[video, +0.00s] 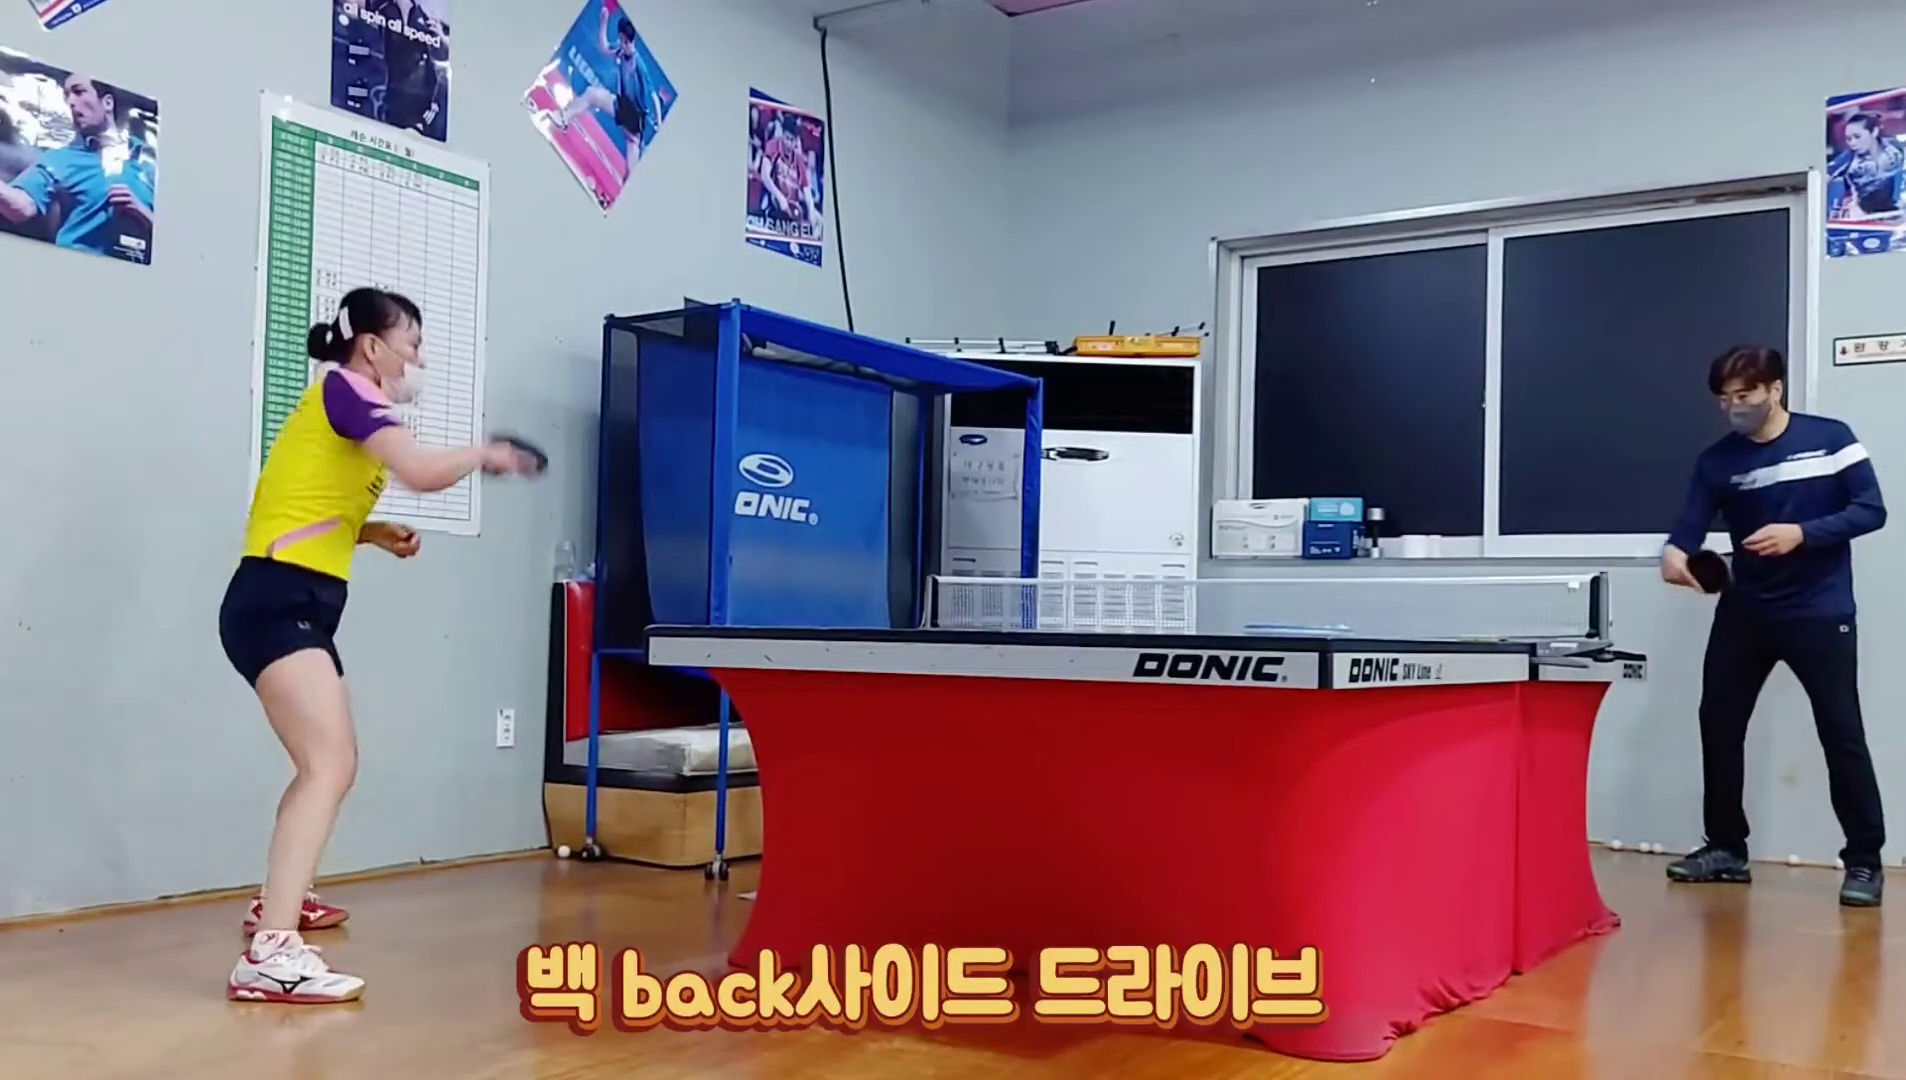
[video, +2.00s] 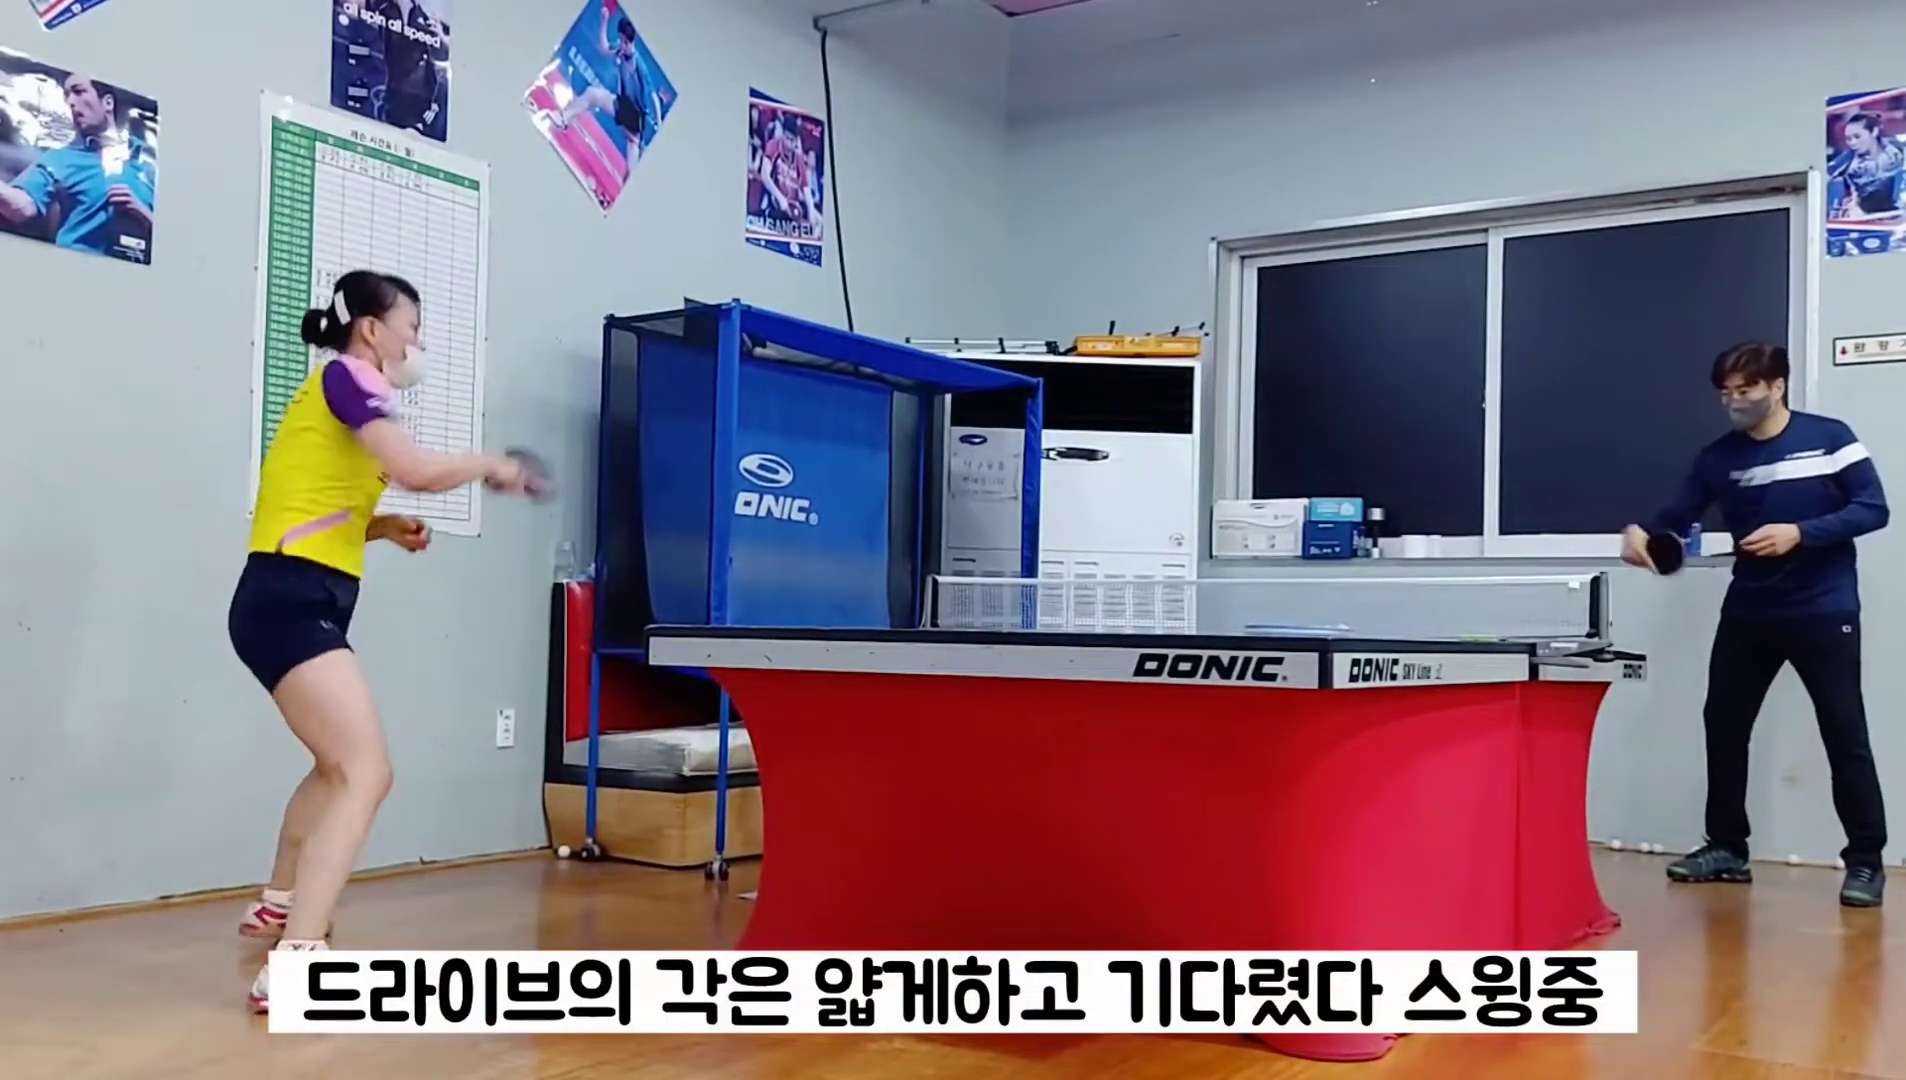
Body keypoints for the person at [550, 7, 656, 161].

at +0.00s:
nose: (621, 42)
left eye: (624, 39)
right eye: (621, 39)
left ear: (628, 40)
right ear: (619, 38)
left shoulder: (632, 58)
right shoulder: (621, 53)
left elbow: (631, 55)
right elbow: (604, 50)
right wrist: (603, 23)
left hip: (629, 108)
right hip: (636, 114)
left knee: (592, 94)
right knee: (633, 146)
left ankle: (563, 118)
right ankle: (630, 182)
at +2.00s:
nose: (621, 42)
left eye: (624, 40)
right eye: (621, 39)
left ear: (628, 40)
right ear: (619, 38)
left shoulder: (631, 57)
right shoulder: (621, 53)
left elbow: (630, 55)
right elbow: (604, 50)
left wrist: (628, 50)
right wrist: (604, 22)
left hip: (628, 107)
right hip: (636, 114)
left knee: (592, 94)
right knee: (633, 144)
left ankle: (562, 118)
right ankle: (629, 179)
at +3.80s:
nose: (622, 43)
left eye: (624, 40)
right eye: (622, 40)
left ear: (628, 41)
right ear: (622, 40)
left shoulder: (632, 56)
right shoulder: (621, 54)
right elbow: (604, 49)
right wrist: (604, 22)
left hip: (628, 109)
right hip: (636, 115)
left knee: (593, 94)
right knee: (632, 164)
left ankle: (563, 118)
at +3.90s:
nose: (621, 42)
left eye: (623, 39)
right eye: (621, 38)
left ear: (627, 39)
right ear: (623, 38)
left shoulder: (629, 53)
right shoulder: (623, 52)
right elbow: (604, 49)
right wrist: (604, 22)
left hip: (628, 109)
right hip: (637, 116)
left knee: (593, 94)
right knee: (633, 163)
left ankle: (564, 118)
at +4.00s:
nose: (622, 43)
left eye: (624, 40)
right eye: (621, 39)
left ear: (628, 41)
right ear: (622, 39)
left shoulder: (631, 55)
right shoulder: (623, 52)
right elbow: (604, 50)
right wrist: (604, 22)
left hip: (628, 109)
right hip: (637, 115)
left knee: (593, 94)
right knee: (632, 163)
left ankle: (563, 118)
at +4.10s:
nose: (621, 42)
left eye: (623, 39)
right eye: (621, 39)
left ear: (627, 40)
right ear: (625, 39)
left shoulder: (631, 55)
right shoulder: (623, 52)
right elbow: (604, 50)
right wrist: (604, 22)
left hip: (628, 108)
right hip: (636, 115)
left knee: (593, 94)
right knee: (633, 159)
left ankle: (563, 117)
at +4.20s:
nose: (621, 43)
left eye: (623, 40)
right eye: (621, 39)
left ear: (628, 40)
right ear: (624, 39)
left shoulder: (631, 55)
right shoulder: (624, 52)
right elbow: (605, 50)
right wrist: (604, 22)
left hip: (628, 108)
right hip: (637, 115)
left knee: (593, 94)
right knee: (632, 164)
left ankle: (563, 117)